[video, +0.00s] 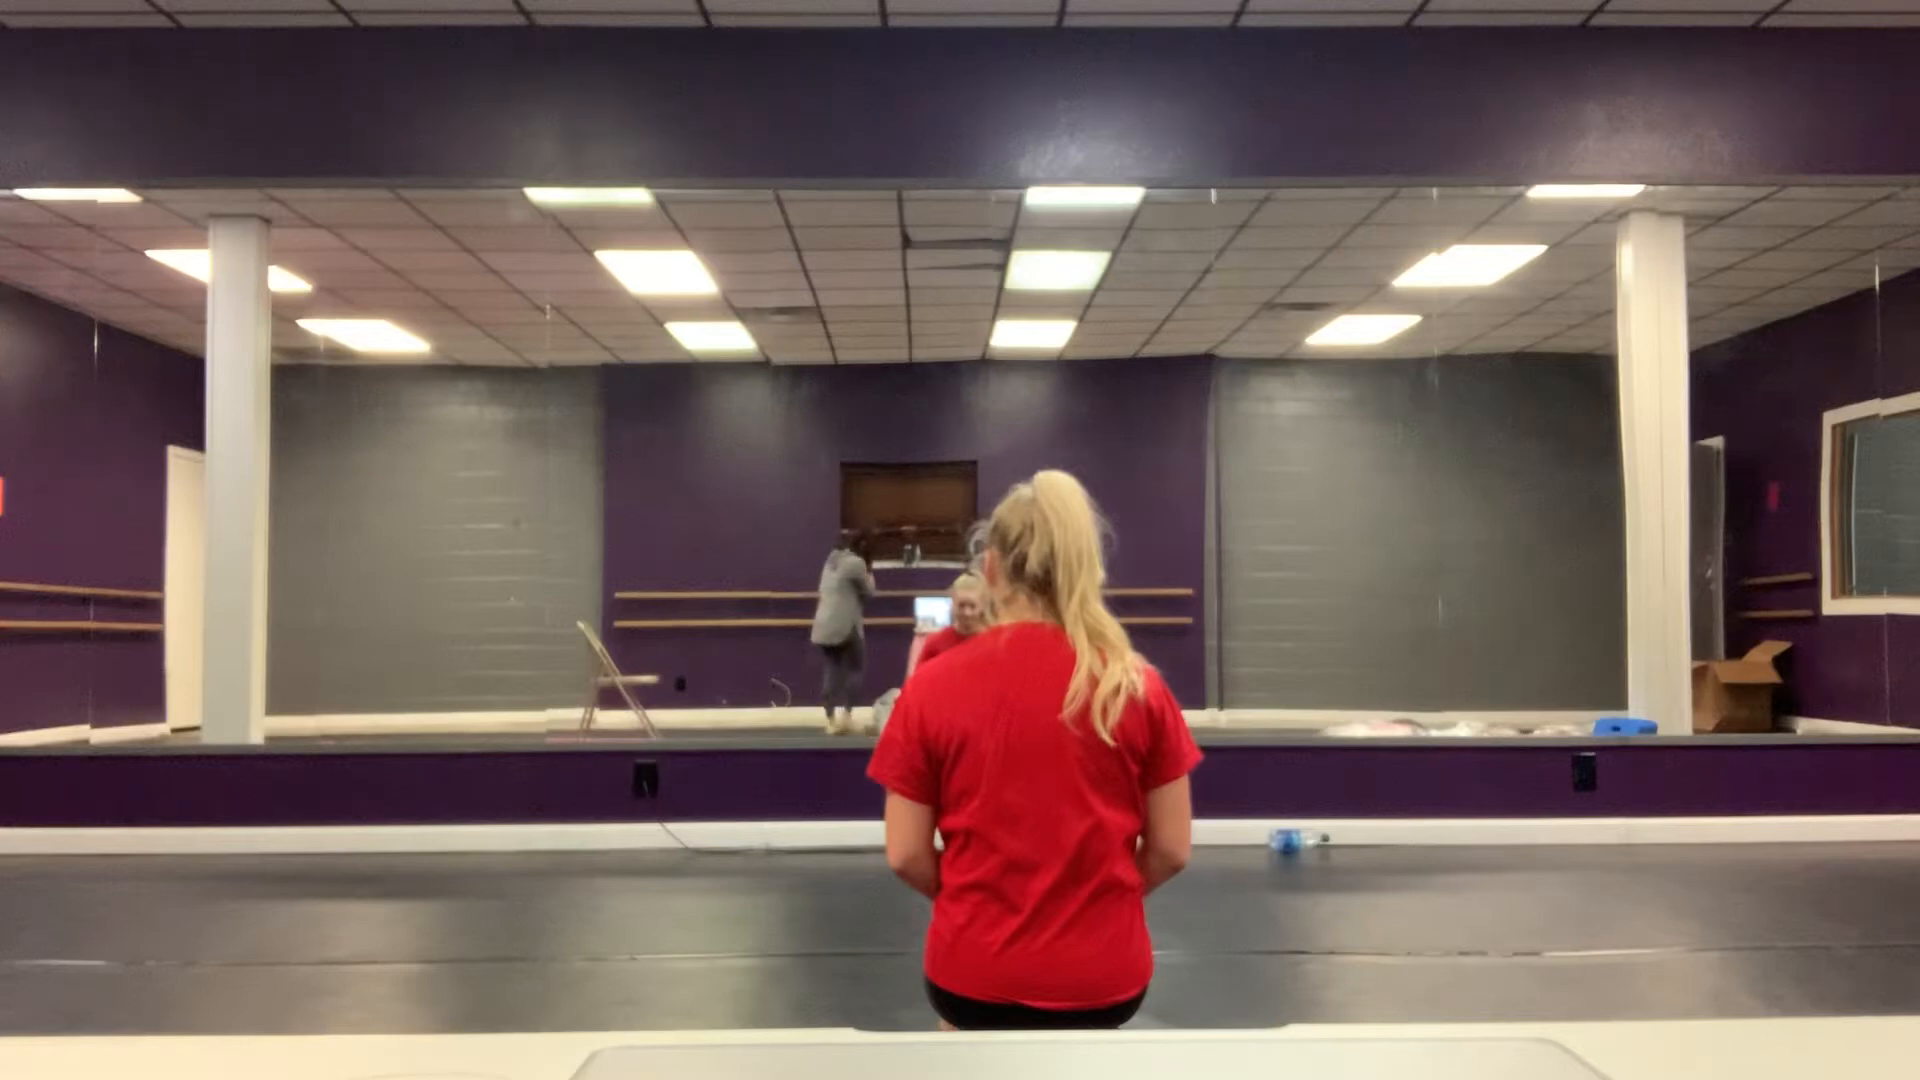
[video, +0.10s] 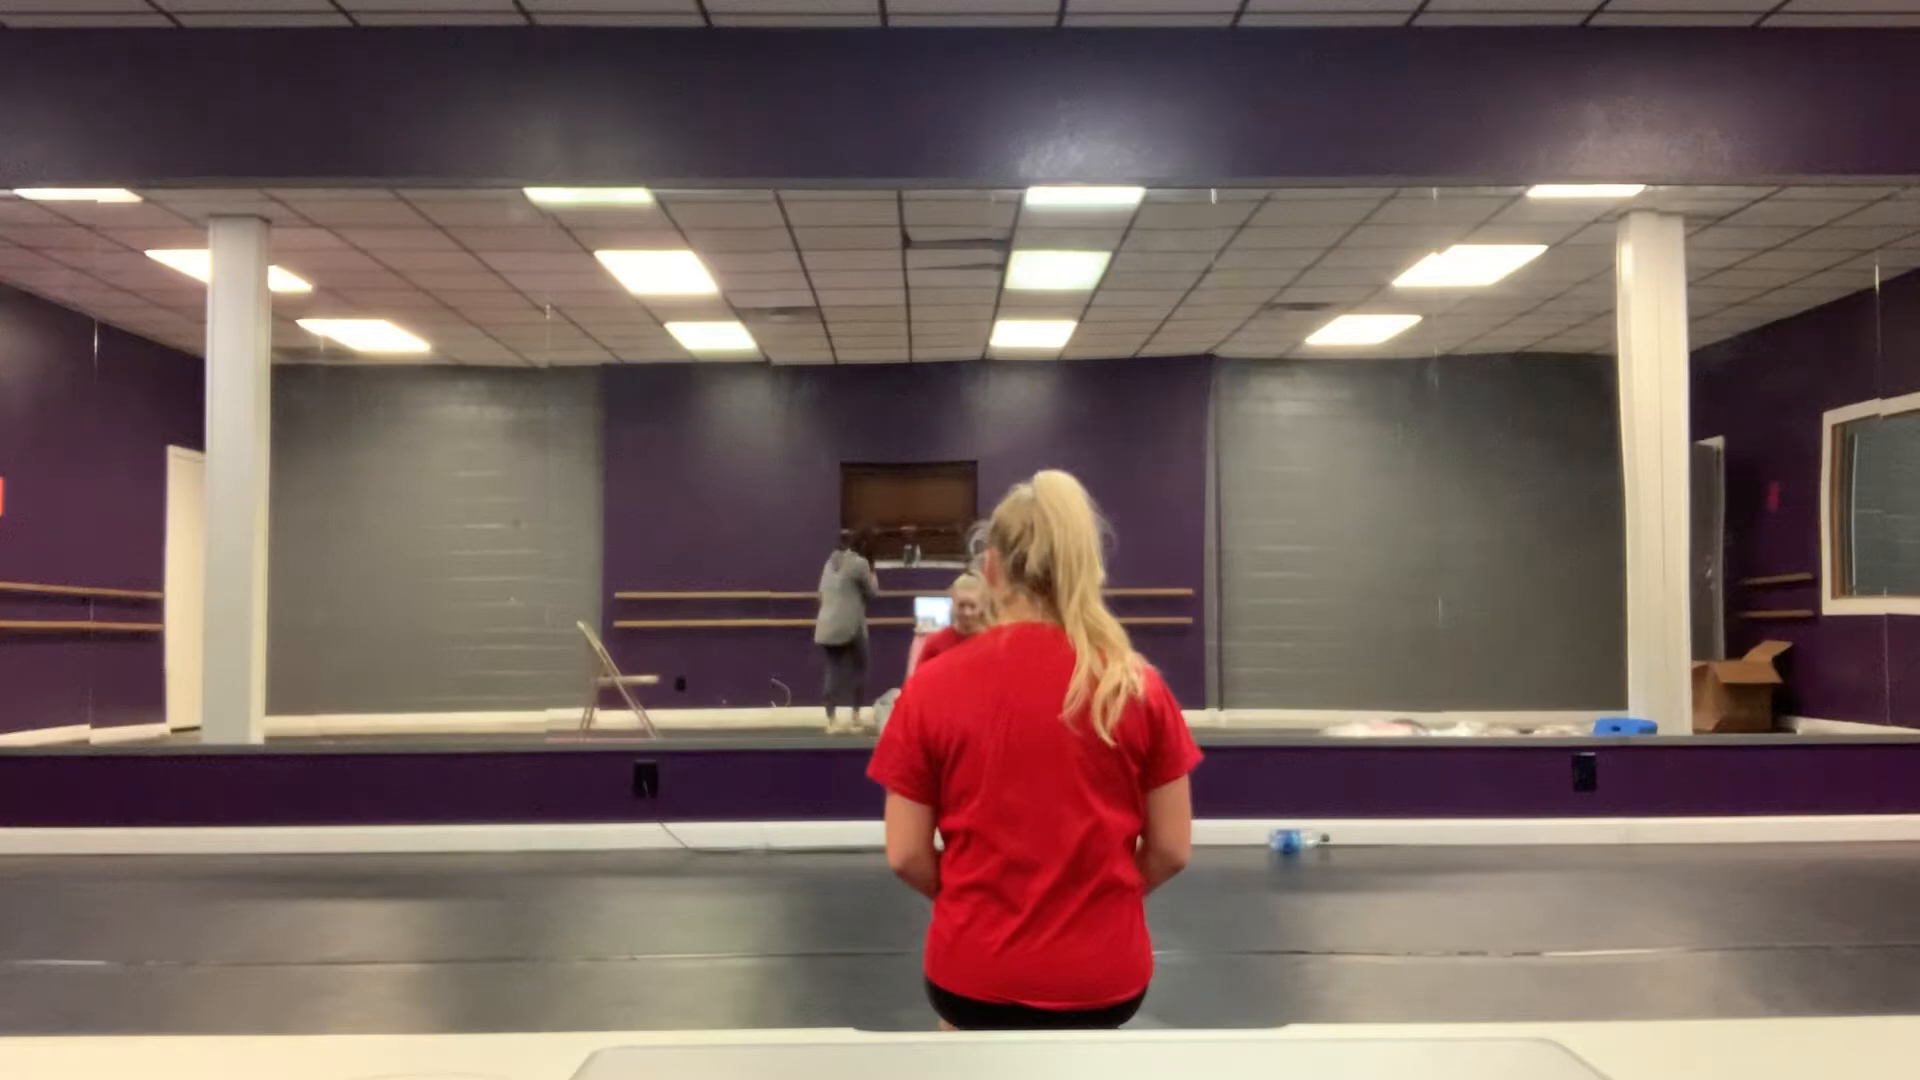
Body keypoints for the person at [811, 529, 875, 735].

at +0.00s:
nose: (866, 548)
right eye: (864, 544)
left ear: (840, 541)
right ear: (858, 545)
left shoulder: (830, 560)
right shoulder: (855, 563)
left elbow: (827, 588)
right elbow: (869, 590)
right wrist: (870, 576)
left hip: (823, 625)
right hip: (846, 625)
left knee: (832, 668)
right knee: (855, 668)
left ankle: (831, 719)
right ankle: (847, 715)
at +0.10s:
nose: (867, 547)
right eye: (865, 544)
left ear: (842, 541)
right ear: (860, 545)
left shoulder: (830, 561)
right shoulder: (859, 563)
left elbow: (821, 590)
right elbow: (873, 590)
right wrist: (872, 573)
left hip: (826, 623)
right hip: (851, 625)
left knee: (832, 669)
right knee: (859, 668)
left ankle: (831, 719)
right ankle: (856, 716)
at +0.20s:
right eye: (867, 542)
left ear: (840, 543)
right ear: (859, 544)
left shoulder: (830, 565)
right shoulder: (863, 564)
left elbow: (822, 594)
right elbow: (878, 589)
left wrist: (832, 608)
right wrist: (877, 571)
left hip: (830, 621)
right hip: (857, 623)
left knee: (834, 669)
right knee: (864, 671)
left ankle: (831, 718)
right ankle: (868, 717)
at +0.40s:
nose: (882, 547)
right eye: (880, 544)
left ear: (856, 543)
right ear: (875, 546)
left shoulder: (841, 566)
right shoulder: (875, 566)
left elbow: (832, 596)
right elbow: (892, 581)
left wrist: (845, 607)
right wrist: (888, 559)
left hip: (842, 622)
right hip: (869, 622)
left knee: (840, 670)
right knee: (870, 674)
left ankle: (834, 716)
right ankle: (875, 719)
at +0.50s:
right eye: (885, 545)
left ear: (861, 545)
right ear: (880, 547)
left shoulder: (847, 567)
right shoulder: (881, 565)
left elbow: (839, 597)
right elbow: (900, 578)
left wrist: (854, 601)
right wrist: (894, 555)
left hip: (850, 620)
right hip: (876, 620)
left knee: (849, 668)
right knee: (873, 670)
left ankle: (838, 703)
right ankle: (873, 713)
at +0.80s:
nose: (902, 548)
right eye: (900, 545)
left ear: (879, 545)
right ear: (895, 546)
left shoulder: (864, 565)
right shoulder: (897, 564)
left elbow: (853, 594)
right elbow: (916, 579)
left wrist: (852, 615)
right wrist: (907, 561)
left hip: (865, 615)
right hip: (890, 616)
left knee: (870, 663)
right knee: (886, 663)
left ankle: (871, 699)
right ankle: (875, 700)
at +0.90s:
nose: (903, 548)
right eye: (902, 545)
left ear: (883, 545)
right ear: (899, 546)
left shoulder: (868, 566)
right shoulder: (902, 564)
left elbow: (857, 595)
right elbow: (920, 584)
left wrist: (855, 617)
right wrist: (912, 565)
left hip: (868, 621)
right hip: (892, 621)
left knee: (874, 666)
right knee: (888, 665)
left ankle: (876, 710)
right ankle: (883, 699)